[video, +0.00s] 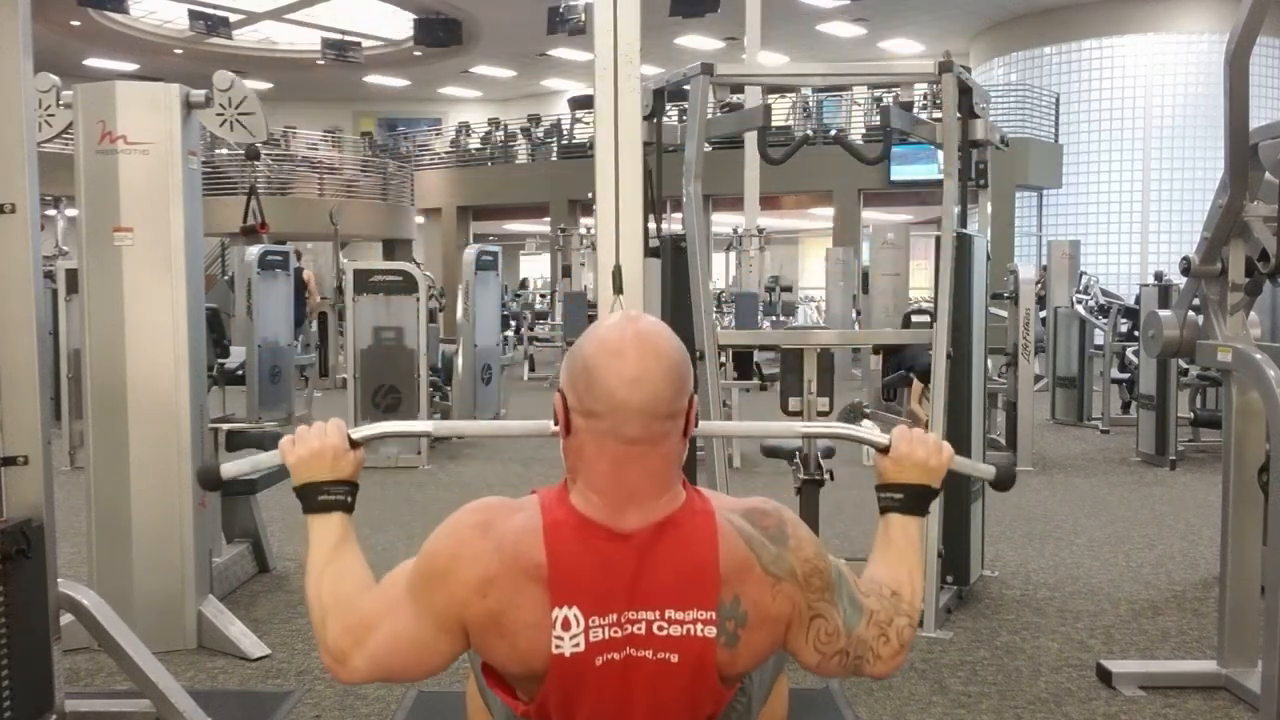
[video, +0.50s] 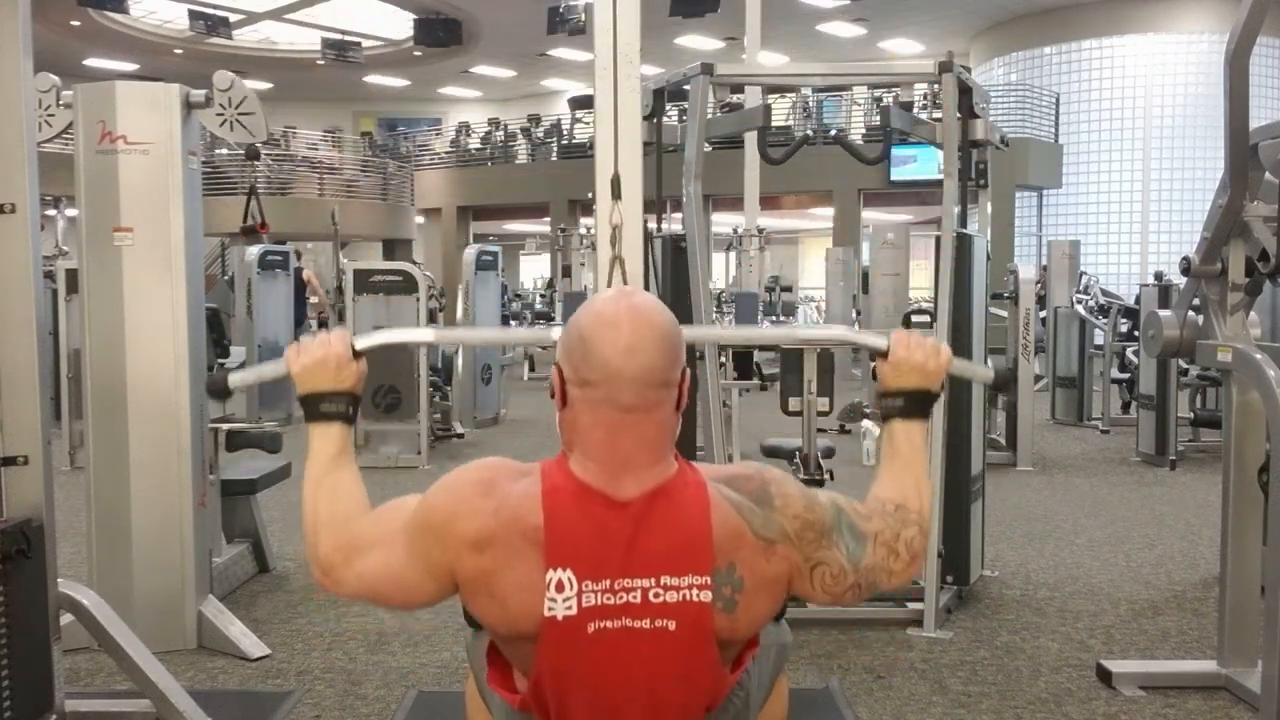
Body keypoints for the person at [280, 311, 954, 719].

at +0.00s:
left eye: (561, 394)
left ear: (563, 416)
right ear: (689, 419)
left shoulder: (486, 546)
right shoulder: (764, 545)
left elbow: (352, 648)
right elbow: (875, 646)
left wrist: (324, 497)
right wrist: (907, 499)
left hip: (536, 707)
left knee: (483, 666)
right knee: (769, 647)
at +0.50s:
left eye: (559, 368)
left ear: (559, 388)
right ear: (682, 390)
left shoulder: (483, 509)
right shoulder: (757, 512)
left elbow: (339, 558)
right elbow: (896, 552)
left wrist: (326, 409)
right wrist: (908, 407)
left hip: (532, 708)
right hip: (710, 706)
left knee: (453, 680)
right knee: (813, 689)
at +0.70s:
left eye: (563, 344)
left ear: (559, 364)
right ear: (678, 369)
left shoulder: (485, 474)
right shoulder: (753, 479)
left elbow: (335, 484)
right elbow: (898, 473)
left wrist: (328, 336)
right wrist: (908, 330)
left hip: (537, 703)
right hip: (703, 703)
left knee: (487, 649)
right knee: (770, 641)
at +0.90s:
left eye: (561, 317)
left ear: (560, 335)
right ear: (674, 337)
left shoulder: (491, 431)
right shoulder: (750, 433)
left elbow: (341, 407)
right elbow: (893, 394)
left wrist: (331, 260)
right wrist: (904, 249)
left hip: (544, 695)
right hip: (703, 693)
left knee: (493, 635)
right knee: (765, 642)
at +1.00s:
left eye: (559, 308)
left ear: (560, 324)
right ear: (671, 325)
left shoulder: (492, 410)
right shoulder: (749, 412)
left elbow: (345, 369)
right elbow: (885, 357)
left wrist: (335, 224)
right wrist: (902, 207)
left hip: (546, 695)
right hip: (706, 693)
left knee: (488, 650)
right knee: (768, 643)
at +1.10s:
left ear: (560, 309)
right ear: (668, 310)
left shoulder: (495, 390)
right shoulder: (743, 393)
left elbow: (353, 336)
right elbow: (874, 325)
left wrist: (337, 191)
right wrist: (898, 177)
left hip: (547, 694)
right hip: (704, 691)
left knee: (487, 658)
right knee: (769, 651)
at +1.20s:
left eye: (559, 291)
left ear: (562, 303)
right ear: (667, 301)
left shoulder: (500, 375)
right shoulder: (742, 375)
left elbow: (364, 304)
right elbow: (862, 302)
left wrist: (341, 158)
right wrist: (893, 152)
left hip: (552, 696)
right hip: (704, 693)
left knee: (488, 657)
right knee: (768, 652)